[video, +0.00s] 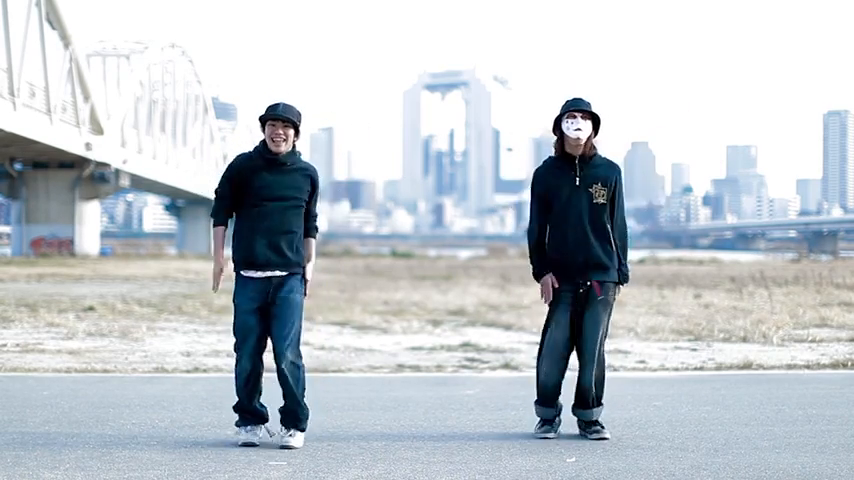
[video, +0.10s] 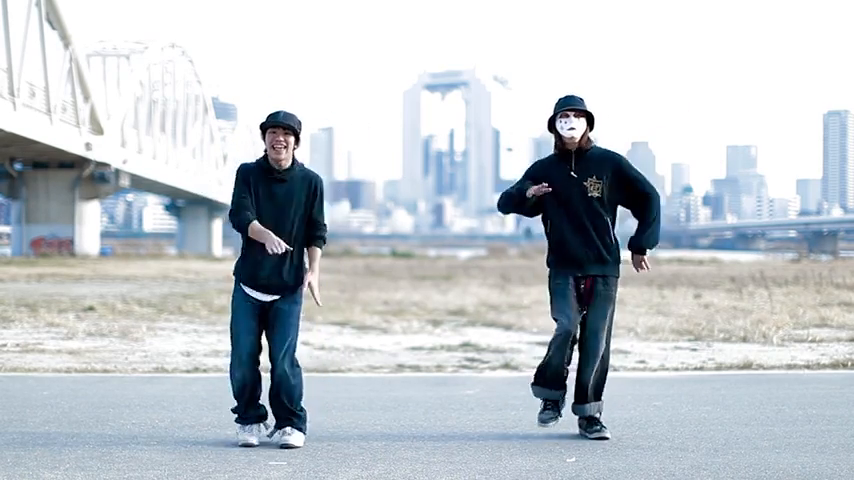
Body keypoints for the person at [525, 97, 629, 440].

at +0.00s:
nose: (576, 125)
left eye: (582, 120)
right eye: (569, 120)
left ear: (592, 128)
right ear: (560, 127)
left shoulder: (609, 171)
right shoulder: (545, 172)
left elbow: (618, 224)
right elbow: (536, 226)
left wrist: (621, 271)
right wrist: (542, 271)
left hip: (601, 271)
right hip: (561, 272)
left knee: (592, 347)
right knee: (553, 346)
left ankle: (590, 417)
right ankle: (547, 416)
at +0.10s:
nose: (569, 125)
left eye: (575, 119)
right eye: (563, 119)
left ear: (587, 124)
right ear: (554, 126)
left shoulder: (610, 164)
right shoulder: (543, 169)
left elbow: (649, 198)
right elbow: (506, 203)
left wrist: (640, 244)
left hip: (604, 263)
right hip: (563, 264)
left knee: (596, 342)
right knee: (567, 327)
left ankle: (589, 413)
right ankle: (550, 396)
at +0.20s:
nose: (562, 121)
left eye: (569, 116)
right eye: (556, 116)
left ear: (580, 123)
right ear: (547, 125)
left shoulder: (604, 154)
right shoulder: (538, 166)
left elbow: (655, 166)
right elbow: (497, 160)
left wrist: (636, 207)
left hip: (608, 255)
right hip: (568, 255)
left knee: (602, 335)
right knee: (575, 305)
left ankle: (590, 412)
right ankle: (563, 366)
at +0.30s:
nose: (559, 121)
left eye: (565, 116)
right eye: (553, 117)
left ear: (577, 121)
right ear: (544, 124)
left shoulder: (602, 149)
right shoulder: (538, 165)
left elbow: (650, 160)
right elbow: (496, 148)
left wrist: (628, 197)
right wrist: (455, 113)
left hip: (613, 252)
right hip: (574, 254)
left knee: (606, 330)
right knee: (582, 313)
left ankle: (596, 410)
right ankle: (565, 369)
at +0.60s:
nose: (577, 119)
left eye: (582, 113)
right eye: (569, 115)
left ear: (594, 120)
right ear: (561, 123)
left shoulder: (608, 167)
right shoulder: (540, 154)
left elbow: (640, 196)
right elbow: (500, 125)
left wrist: (614, 219)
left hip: (594, 258)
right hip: (553, 258)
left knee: (593, 321)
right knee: (557, 334)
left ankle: (595, 382)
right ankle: (557, 412)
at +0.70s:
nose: (583, 118)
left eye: (589, 113)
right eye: (577, 112)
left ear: (599, 121)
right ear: (567, 118)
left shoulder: (606, 169)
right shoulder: (547, 144)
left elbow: (635, 203)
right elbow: (526, 100)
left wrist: (606, 219)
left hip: (584, 247)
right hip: (545, 246)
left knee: (587, 300)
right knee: (547, 329)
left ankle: (592, 359)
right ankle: (554, 410)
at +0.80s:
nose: (587, 117)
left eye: (594, 112)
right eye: (581, 112)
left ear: (605, 122)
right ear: (572, 119)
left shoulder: (607, 172)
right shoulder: (551, 142)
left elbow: (630, 213)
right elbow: (540, 97)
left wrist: (597, 221)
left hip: (578, 253)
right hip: (539, 248)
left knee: (581, 318)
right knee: (541, 331)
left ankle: (588, 374)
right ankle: (549, 410)